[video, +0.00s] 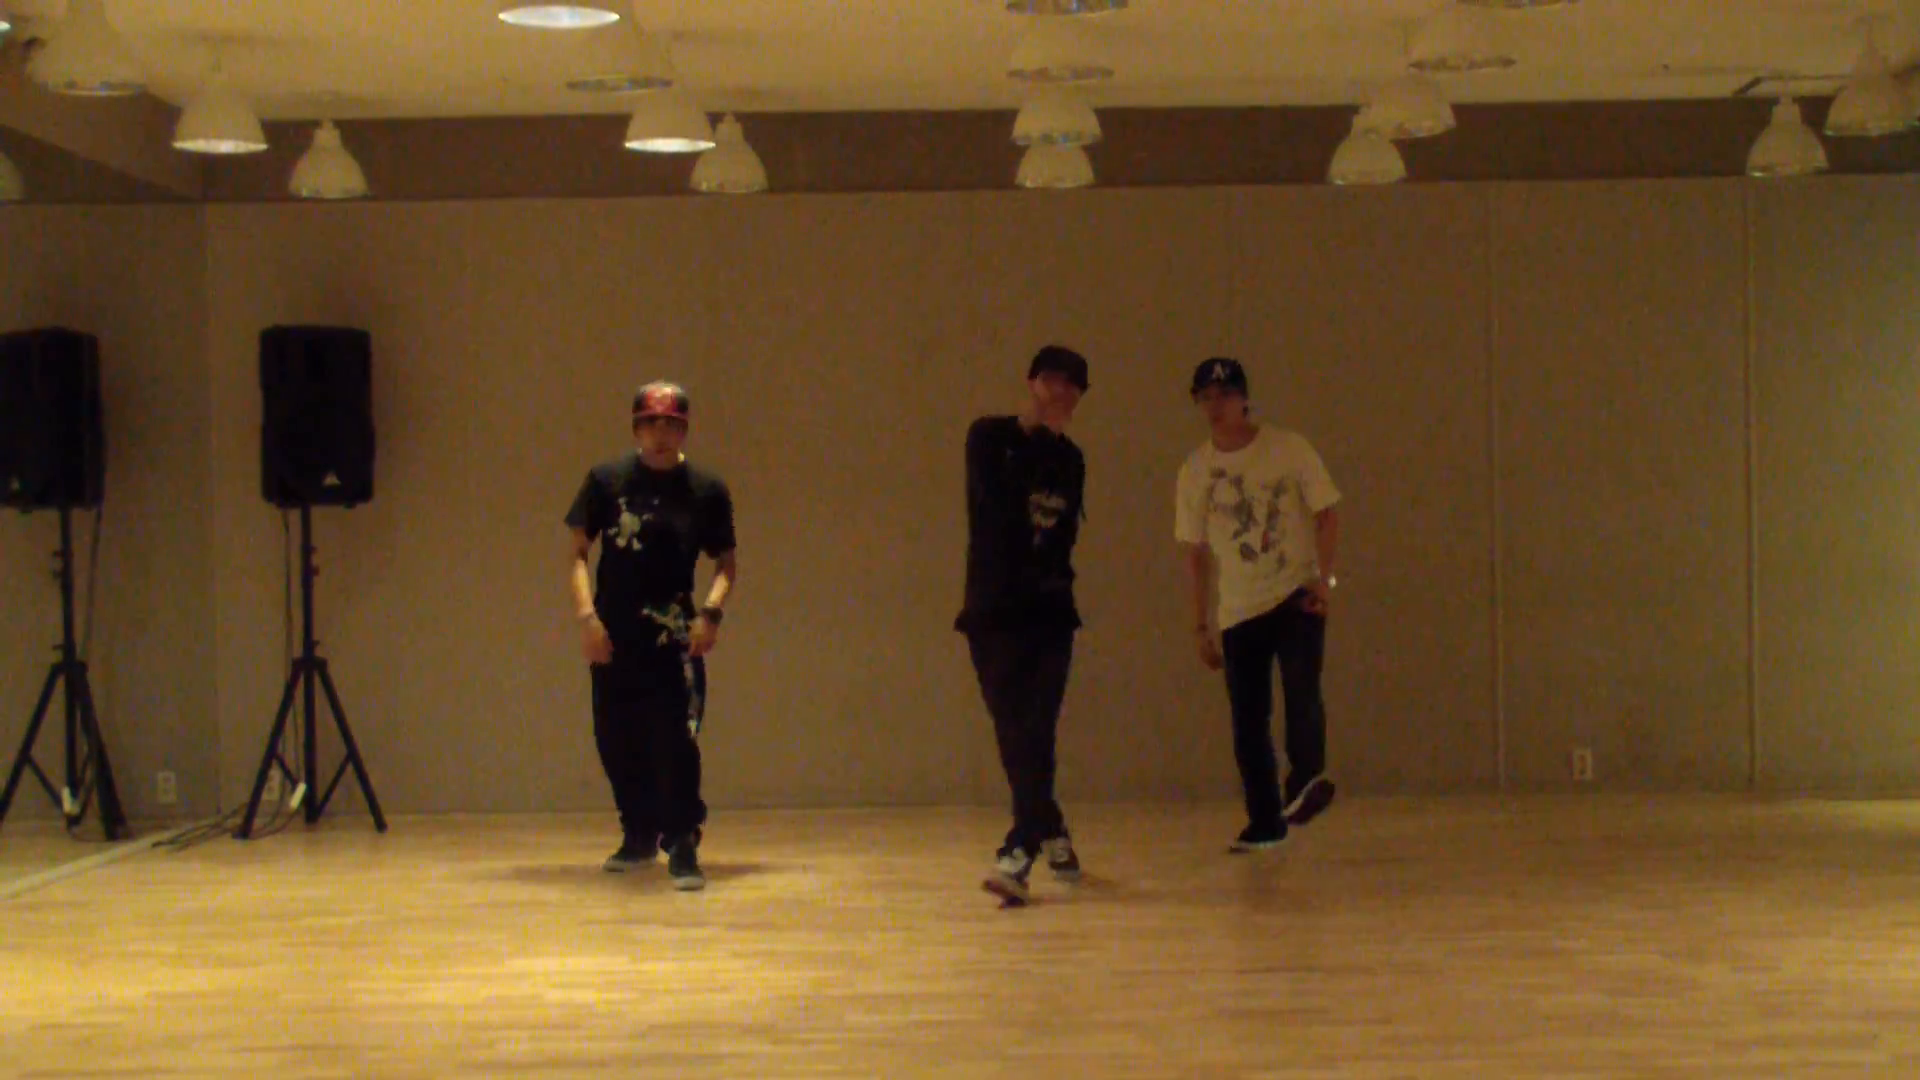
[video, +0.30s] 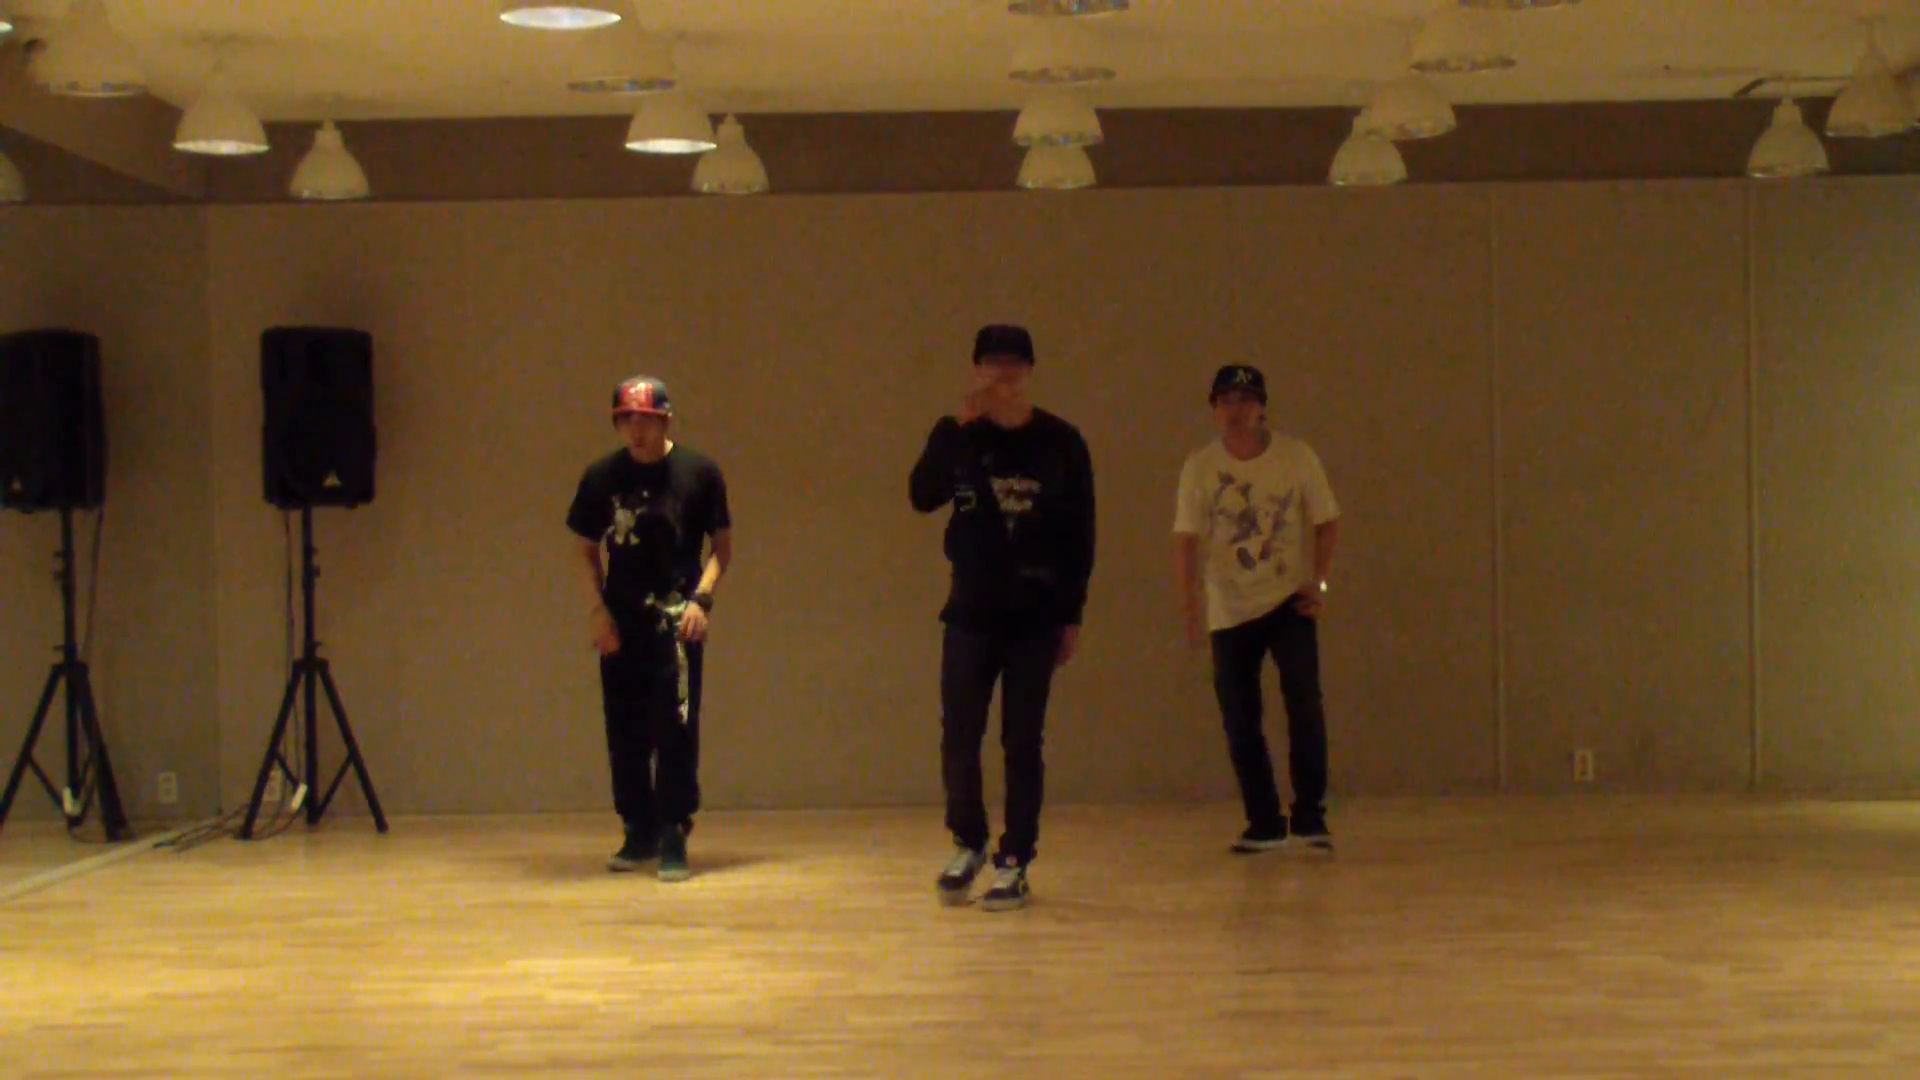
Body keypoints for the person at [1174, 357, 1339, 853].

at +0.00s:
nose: (1217, 406)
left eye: (1226, 395)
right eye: (1208, 399)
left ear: (1245, 399)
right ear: (1199, 405)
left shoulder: (1289, 448)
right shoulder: (1196, 470)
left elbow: (1327, 511)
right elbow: (1195, 553)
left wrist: (1324, 577)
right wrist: (1200, 625)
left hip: (1296, 596)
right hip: (1238, 609)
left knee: (1302, 692)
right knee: (1248, 720)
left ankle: (1305, 783)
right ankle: (1264, 822)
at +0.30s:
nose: (1236, 411)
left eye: (1245, 401)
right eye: (1227, 402)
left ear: (1263, 406)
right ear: (1213, 409)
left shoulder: (1296, 456)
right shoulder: (1199, 468)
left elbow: (1326, 521)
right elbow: (1185, 539)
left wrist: (1316, 583)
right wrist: (1190, 607)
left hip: (1290, 603)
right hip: (1230, 611)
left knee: (1305, 710)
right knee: (1240, 722)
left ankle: (1309, 814)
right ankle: (1264, 820)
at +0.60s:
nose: (1267, 409)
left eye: (1276, 400)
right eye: (1258, 399)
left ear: (1292, 410)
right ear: (1242, 407)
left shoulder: (1307, 470)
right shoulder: (1208, 463)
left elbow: (1326, 538)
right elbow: (1175, 529)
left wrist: (1319, 592)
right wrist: (1189, 581)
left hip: (1281, 612)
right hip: (1224, 615)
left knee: (1274, 719)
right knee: (1240, 725)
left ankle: (1274, 829)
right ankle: (1258, 823)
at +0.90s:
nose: (1260, 405)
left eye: (1271, 397)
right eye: (1251, 396)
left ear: (1285, 406)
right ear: (1235, 403)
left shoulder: (1309, 471)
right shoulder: (1206, 464)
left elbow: (1329, 541)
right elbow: (1172, 526)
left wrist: (1324, 595)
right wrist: (1189, 582)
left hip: (1282, 620)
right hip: (1222, 618)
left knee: (1271, 723)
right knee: (1217, 720)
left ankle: (1264, 831)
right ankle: (1244, 795)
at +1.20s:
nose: (1243, 390)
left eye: (1253, 380)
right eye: (1234, 381)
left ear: (1270, 388)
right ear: (1219, 391)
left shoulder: (1300, 450)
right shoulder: (1198, 456)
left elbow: (1327, 530)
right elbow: (1184, 535)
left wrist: (1333, 605)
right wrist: (1182, 605)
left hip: (1283, 614)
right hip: (1219, 615)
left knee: (1273, 733)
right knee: (1225, 733)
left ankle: (1267, 838)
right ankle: (1229, 844)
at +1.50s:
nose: (1240, 404)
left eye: (1249, 396)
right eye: (1229, 396)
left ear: (1265, 406)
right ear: (1215, 408)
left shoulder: (1295, 464)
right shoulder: (1190, 466)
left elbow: (1319, 508)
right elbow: (1176, 519)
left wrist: (1299, 550)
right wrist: (1181, 572)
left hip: (1278, 617)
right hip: (1217, 619)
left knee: (1279, 729)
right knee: (1231, 732)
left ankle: (1266, 831)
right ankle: (1234, 844)